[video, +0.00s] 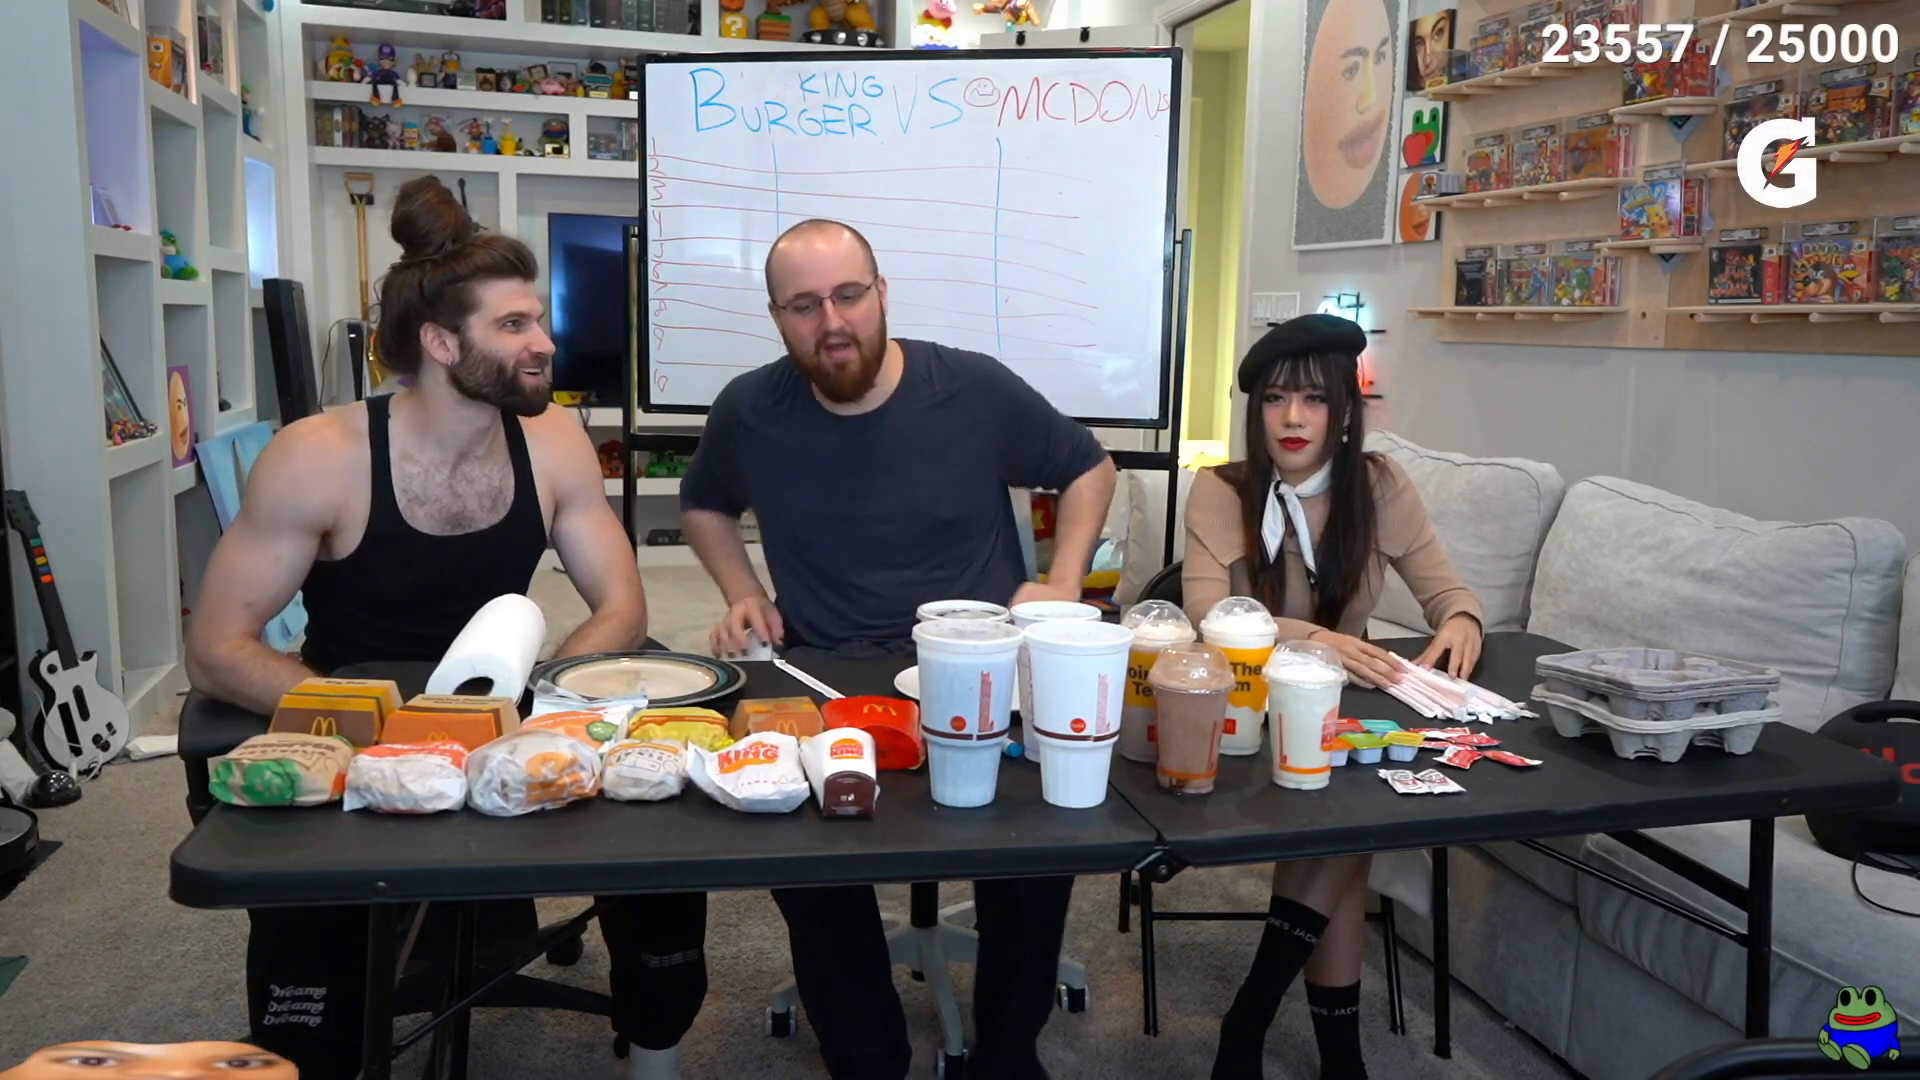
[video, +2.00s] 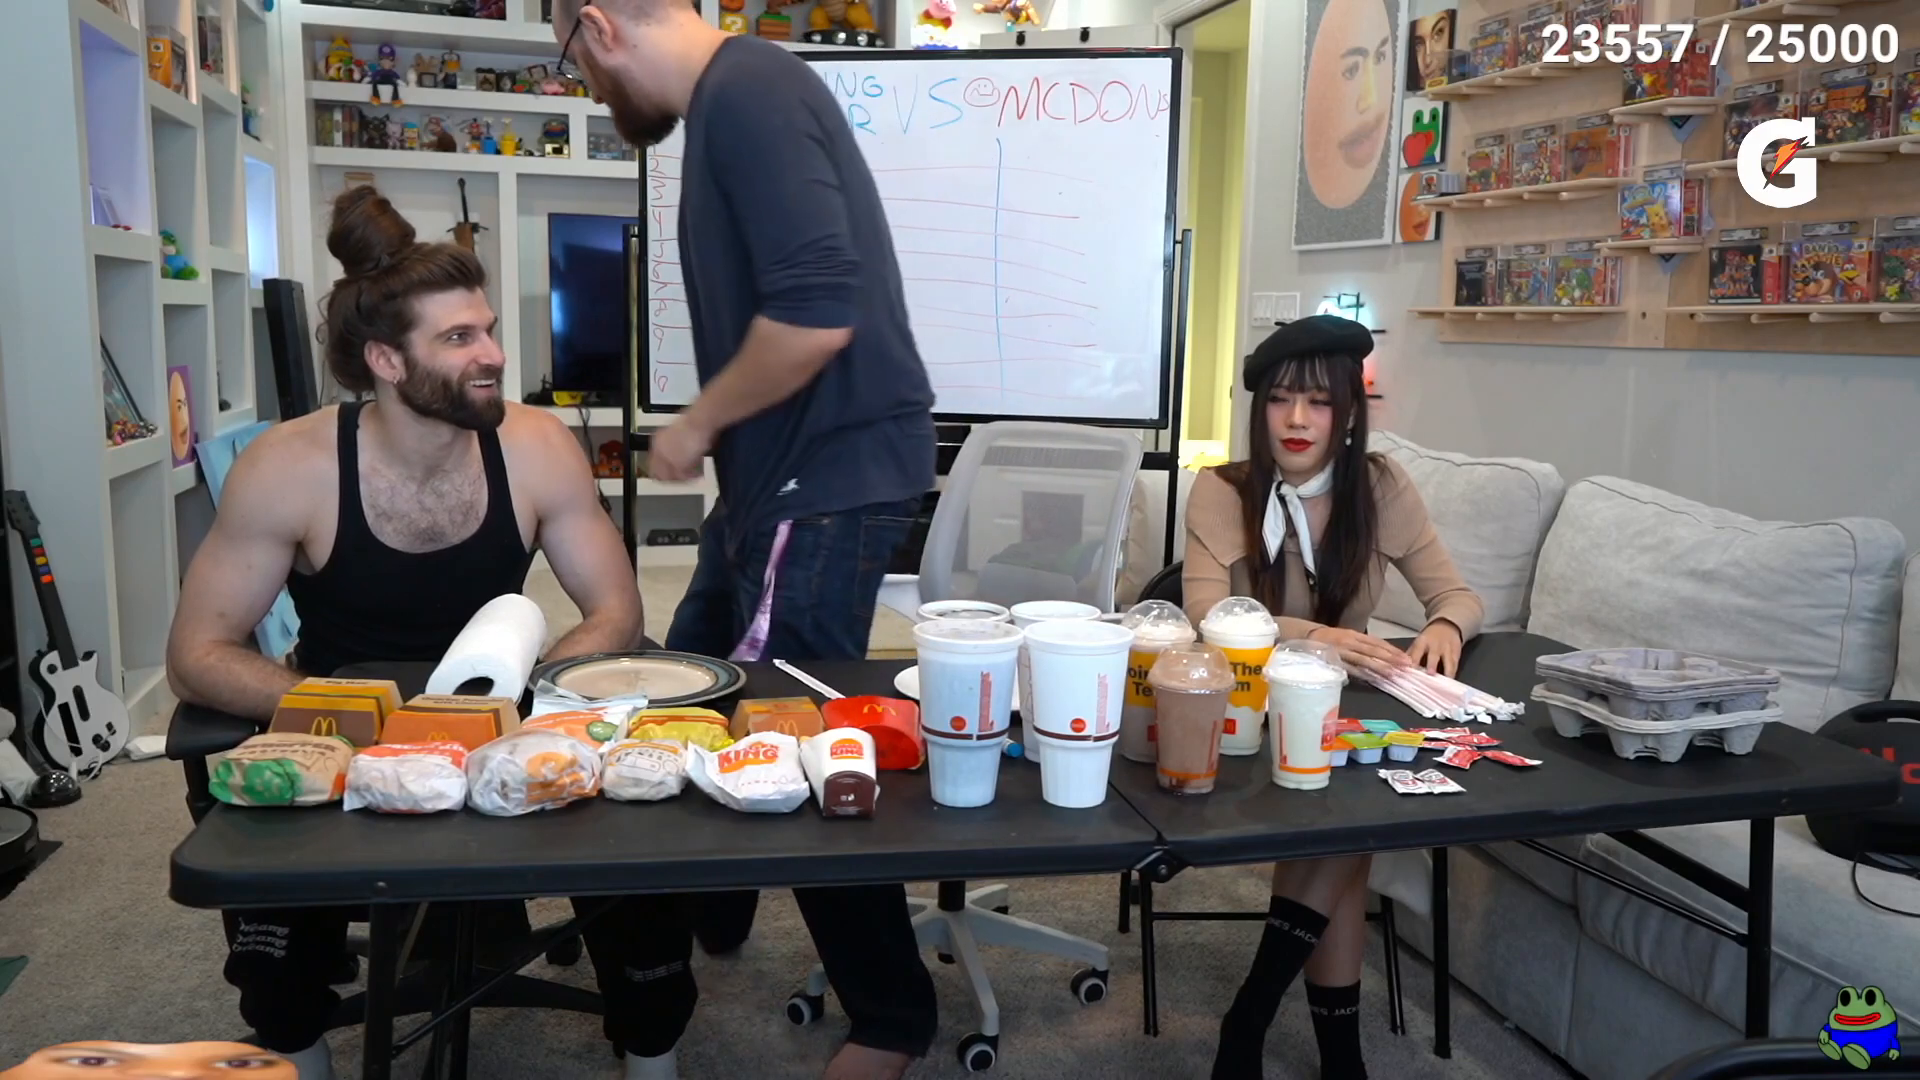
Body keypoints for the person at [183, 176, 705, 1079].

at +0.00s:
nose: (544, 344)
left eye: (542, 324)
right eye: (515, 326)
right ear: (438, 343)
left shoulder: (553, 442)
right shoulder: (318, 457)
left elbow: (624, 609)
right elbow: (216, 647)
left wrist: (540, 684)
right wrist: (359, 713)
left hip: (513, 746)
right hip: (354, 755)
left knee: (657, 828)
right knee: (306, 881)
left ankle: (655, 1055)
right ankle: (312, 1070)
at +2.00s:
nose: (491, 354)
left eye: (490, 332)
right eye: (458, 338)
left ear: (497, 329)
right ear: (385, 364)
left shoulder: (538, 449)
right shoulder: (289, 466)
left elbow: (618, 616)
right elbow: (197, 653)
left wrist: (527, 684)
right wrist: (343, 708)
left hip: (508, 746)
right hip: (338, 756)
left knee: (639, 849)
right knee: (272, 886)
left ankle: (654, 1058)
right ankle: (299, 1060)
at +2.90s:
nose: (498, 351)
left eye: (496, 330)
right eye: (465, 336)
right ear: (390, 360)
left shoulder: (537, 446)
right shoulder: (290, 466)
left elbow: (620, 613)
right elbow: (197, 654)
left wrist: (529, 684)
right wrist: (345, 709)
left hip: (520, 754)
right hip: (346, 764)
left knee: (640, 851)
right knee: (271, 886)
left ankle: (652, 1060)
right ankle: (299, 1061)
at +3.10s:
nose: (498, 351)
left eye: (495, 330)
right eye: (465, 336)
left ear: (501, 329)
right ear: (390, 359)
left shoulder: (537, 446)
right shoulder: (289, 465)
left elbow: (621, 613)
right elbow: (196, 654)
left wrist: (524, 685)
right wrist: (346, 710)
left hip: (511, 749)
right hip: (341, 759)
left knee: (639, 846)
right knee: (271, 882)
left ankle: (651, 1059)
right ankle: (299, 1060)